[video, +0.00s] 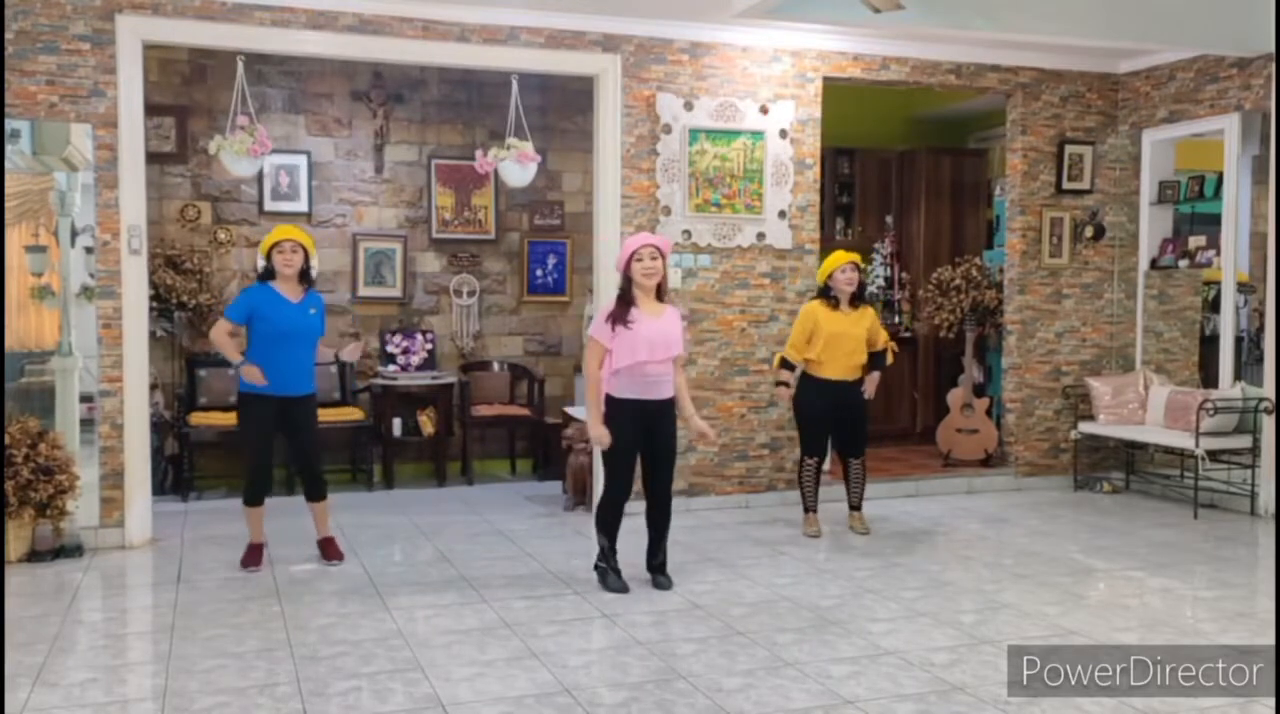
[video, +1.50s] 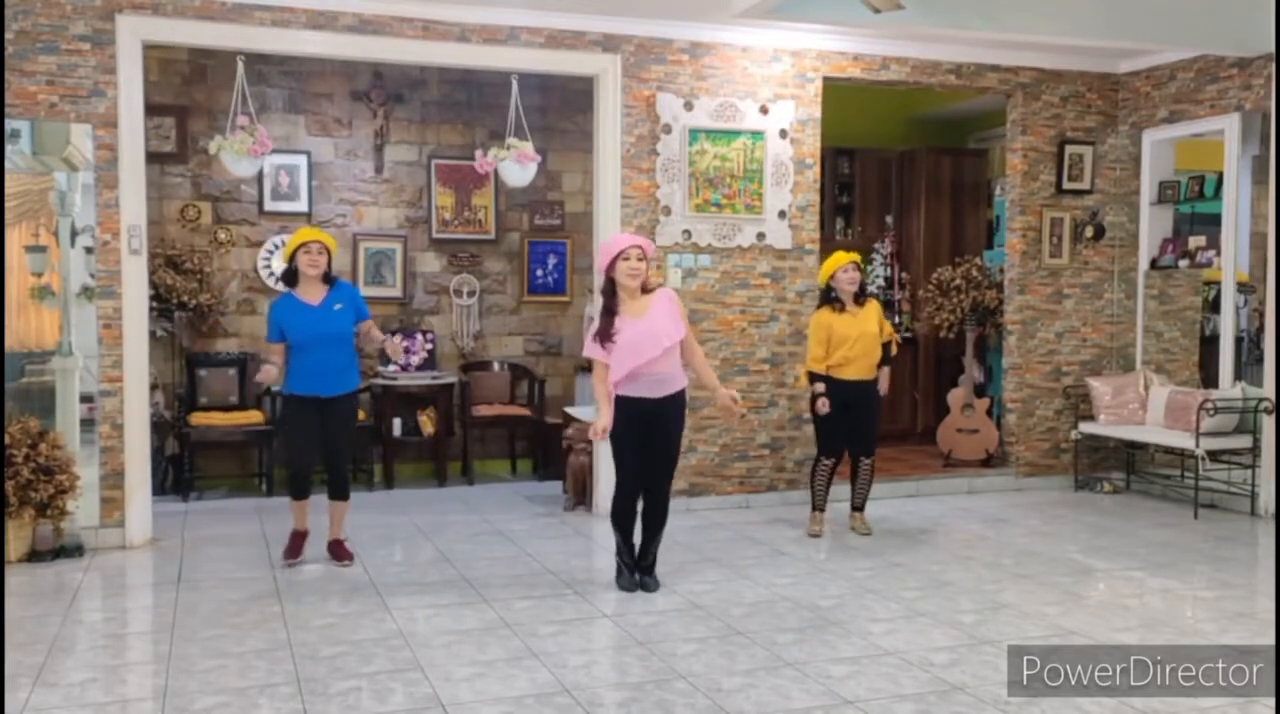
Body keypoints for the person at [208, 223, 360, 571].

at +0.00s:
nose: (288, 257)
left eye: (295, 251)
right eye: (281, 251)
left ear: (305, 259)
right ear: (271, 258)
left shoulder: (314, 301)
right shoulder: (255, 295)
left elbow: (313, 350)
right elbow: (218, 332)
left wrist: (340, 354)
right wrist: (242, 363)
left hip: (301, 397)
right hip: (258, 397)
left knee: (311, 466)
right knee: (258, 469)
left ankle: (325, 536)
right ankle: (256, 541)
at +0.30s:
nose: (272, 255)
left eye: (279, 249)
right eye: (265, 249)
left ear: (290, 258)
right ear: (254, 257)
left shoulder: (301, 303)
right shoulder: (236, 295)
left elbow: (303, 350)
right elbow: (204, 330)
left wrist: (317, 355)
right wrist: (191, 353)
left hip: (286, 397)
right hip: (242, 396)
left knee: (296, 462)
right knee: (249, 467)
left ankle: (291, 533)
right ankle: (255, 541)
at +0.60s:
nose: (266, 254)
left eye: (272, 249)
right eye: (259, 249)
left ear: (283, 257)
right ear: (248, 257)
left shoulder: (298, 302)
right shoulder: (231, 297)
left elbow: (304, 347)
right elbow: (214, 341)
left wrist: (316, 351)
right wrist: (190, 343)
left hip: (282, 398)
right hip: (239, 397)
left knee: (284, 467)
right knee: (246, 468)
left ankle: (278, 537)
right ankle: (254, 541)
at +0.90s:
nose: (271, 255)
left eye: (278, 250)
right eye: (264, 249)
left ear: (288, 258)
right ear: (253, 257)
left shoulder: (307, 298)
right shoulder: (236, 300)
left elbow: (318, 345)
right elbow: (226, 348)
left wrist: (312, 350)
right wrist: (198, 332)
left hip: (290, 397)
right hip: (246, 396)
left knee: (305, 465)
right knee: (249, 470)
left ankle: (324, 533)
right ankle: (255, 542)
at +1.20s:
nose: (294, 257)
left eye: (300, 251)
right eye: (287, 251)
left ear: (310, 259)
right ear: (274, 259)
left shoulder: (330, 294)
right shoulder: (264, 304)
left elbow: (349, 333)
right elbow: (257, 353)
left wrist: (343, 352)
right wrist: (224, 348)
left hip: (324, 395)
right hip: (279, 396)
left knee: (327, 466)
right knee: (269, 467)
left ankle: (335, 539)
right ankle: (257, 540)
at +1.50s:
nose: (314, 257)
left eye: (320, 252)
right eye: (307, 252)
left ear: (329, 260)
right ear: (295, 260)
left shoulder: (347, 294)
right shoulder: (281, 307)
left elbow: (368, 332)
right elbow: (277, 355)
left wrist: (384, 343)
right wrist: (271, 369)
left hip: (341, 396)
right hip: (299, 398)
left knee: (339, 466)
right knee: (299, 466)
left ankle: (336, 538)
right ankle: (299, 531)